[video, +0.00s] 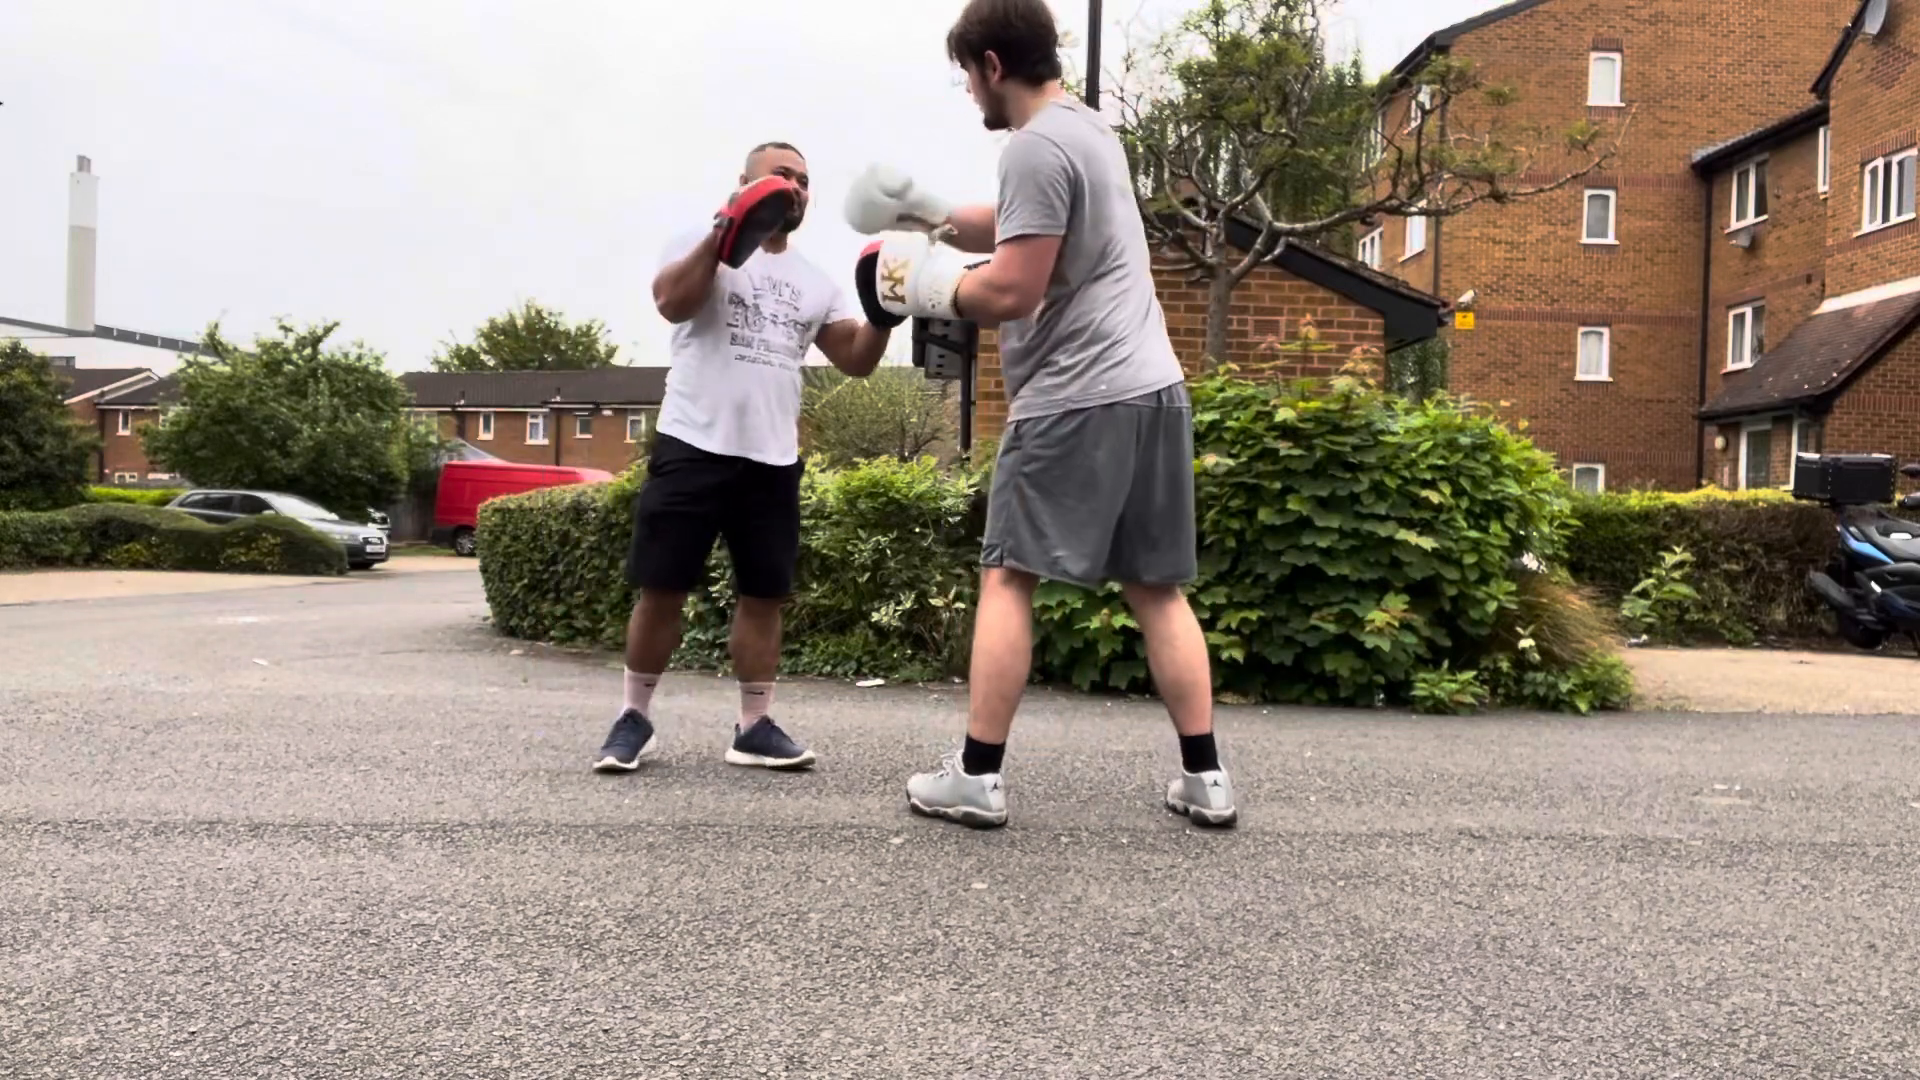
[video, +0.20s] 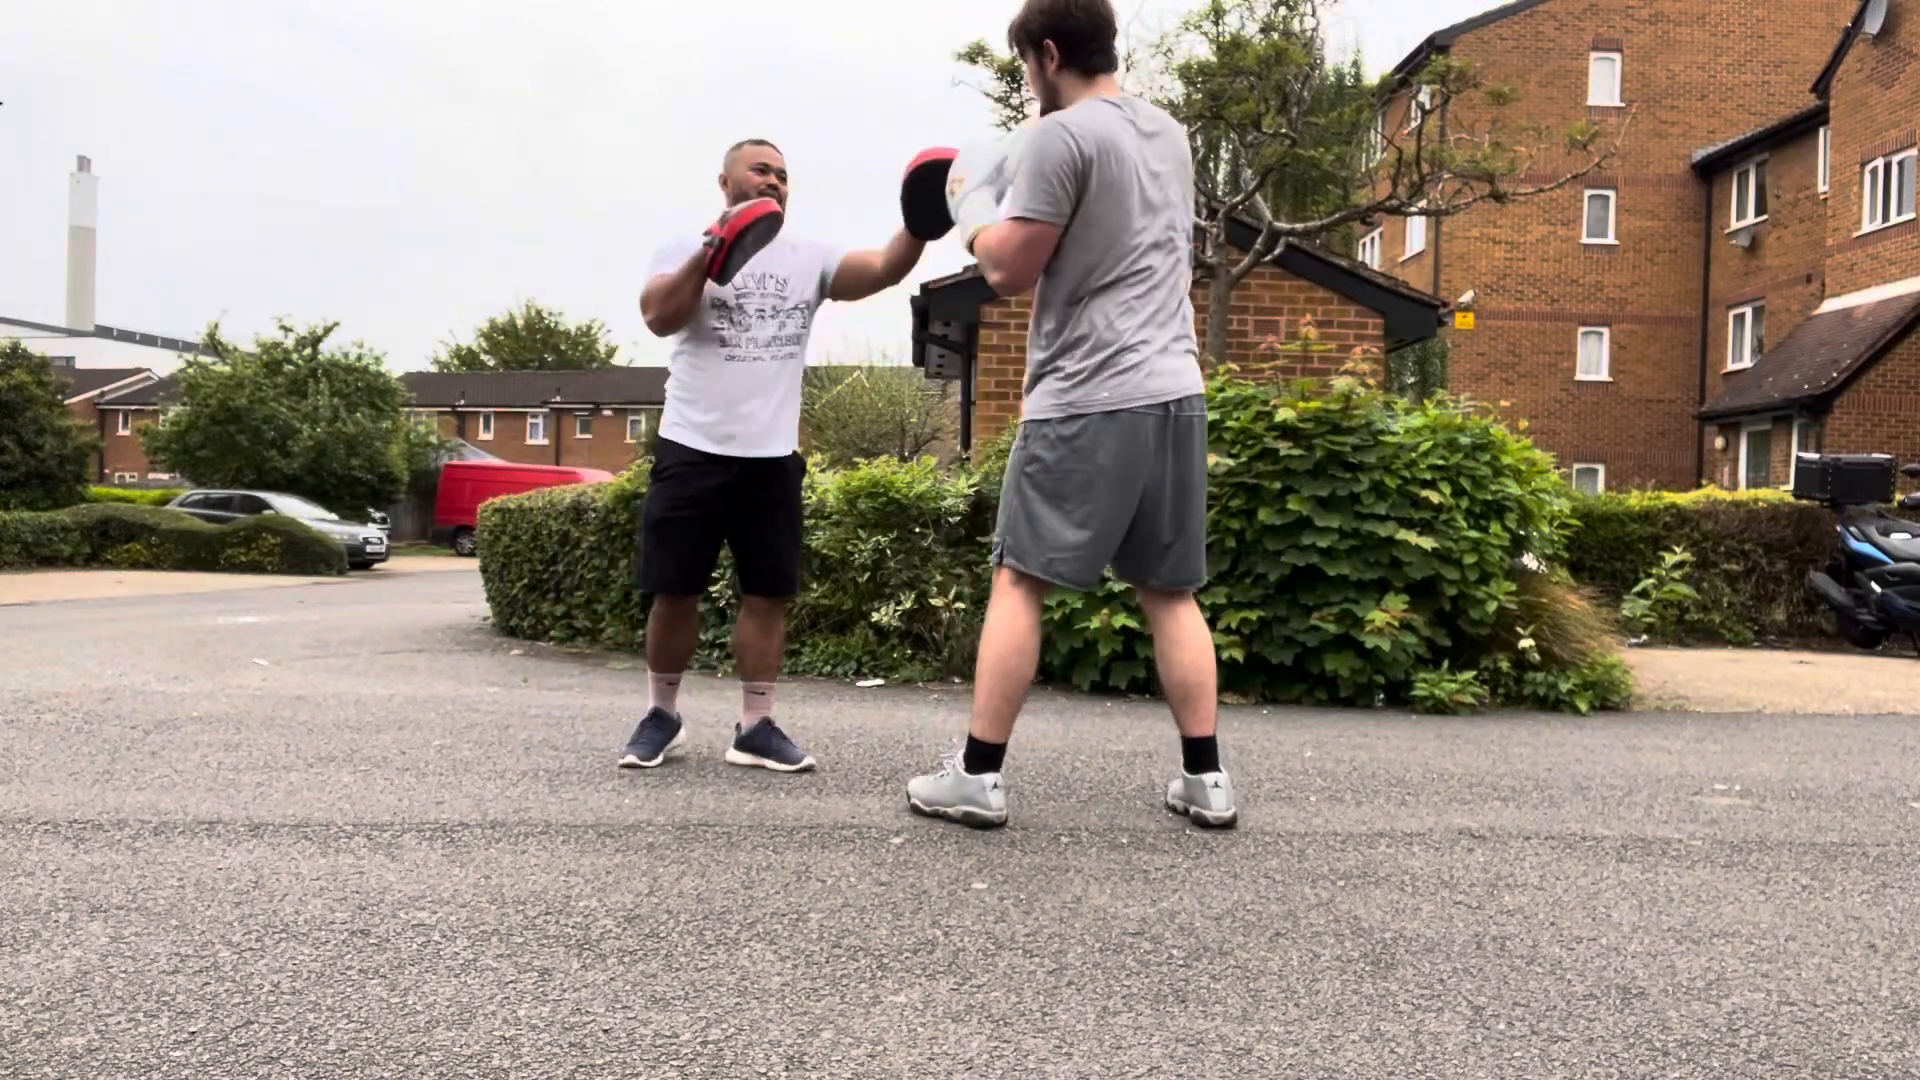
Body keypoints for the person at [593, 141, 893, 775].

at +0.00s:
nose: (794, 188)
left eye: (802, 180)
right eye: (780, 176)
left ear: (809, 198)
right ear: (744, 186)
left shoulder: (814, 280)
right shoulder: (704, 246)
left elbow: (858, 360)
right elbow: (672, 304)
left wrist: (887, 306)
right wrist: (725, 233)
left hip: (771, 454)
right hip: (690, 443)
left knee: (765, 592)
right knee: (661, 586)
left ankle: (755, 724)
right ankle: (634, 717)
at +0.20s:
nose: (775, 182)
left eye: (782, 176)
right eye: (761, 170)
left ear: (788, 194)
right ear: (726, 180)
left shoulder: (808, 257)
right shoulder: (686, 251)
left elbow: (885, 268)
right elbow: (659, 319)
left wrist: (923, 217)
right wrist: (710, 252)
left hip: (772, 454)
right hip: (691, 448)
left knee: (769, 592)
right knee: (674, 590)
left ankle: (755, 725)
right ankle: (661, 714)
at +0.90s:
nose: (807, 196)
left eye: (812, 189)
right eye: (795, 186)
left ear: (813, 204)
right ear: (764, 195)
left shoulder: (818, 286)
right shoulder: (715, 251)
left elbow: (857, 369)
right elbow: (733, 275)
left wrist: (880, 305)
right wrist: (756, 200)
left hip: (793, 461)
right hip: (710, 454)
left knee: (814, 592)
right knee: (690, 599)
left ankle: (830, 728)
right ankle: (666, 721)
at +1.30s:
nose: (806, 198)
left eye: (817, 189)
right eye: (795, 185)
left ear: (831, 205)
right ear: (766, 191)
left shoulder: (839, 289)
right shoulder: (722, 259)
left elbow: (875, 372)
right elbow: (701, 321)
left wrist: (911, 315)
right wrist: (744, 244)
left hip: (807, 464)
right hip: (722, 459)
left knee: (828, 590)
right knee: (696, 601)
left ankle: (830, 728)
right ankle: (666, 721)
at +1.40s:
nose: (808, 194)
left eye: (817, 187)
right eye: (794, 183)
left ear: (826, 200)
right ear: (758, 191)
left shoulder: (837, 274)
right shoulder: (718, 256)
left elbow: (884, 361)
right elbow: (684, 331)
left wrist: (909, 287)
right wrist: (731, 258)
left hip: (808, 463)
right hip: (721, 459)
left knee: (828, 591)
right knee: (695, 601)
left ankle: (830, 729)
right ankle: (666, 721)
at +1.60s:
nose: (786, 189)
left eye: (793, 181)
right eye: (771, 178)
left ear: (801, 195)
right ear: (735, 190)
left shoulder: (825, 265)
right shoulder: (702, 261)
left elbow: (880, 340)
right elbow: (669, 346)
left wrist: (895, 271)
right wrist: (710, 274)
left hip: (802, 462)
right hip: (715, 461)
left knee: (825, 590)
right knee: (692, 600)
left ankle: (830, 728)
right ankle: (666, 721)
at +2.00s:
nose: (767, 187)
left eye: (770, 179)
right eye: (751, 177)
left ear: (776, 195)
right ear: (713, 194)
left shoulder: (802, 268)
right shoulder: (680, 265)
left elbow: (845, 335)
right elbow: (663, 350)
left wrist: (867, 342)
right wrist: (705, 279)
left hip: (791, 459)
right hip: (705, 459)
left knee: (811, 591)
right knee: (687, 599)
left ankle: (829, 727)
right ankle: (665, 721)